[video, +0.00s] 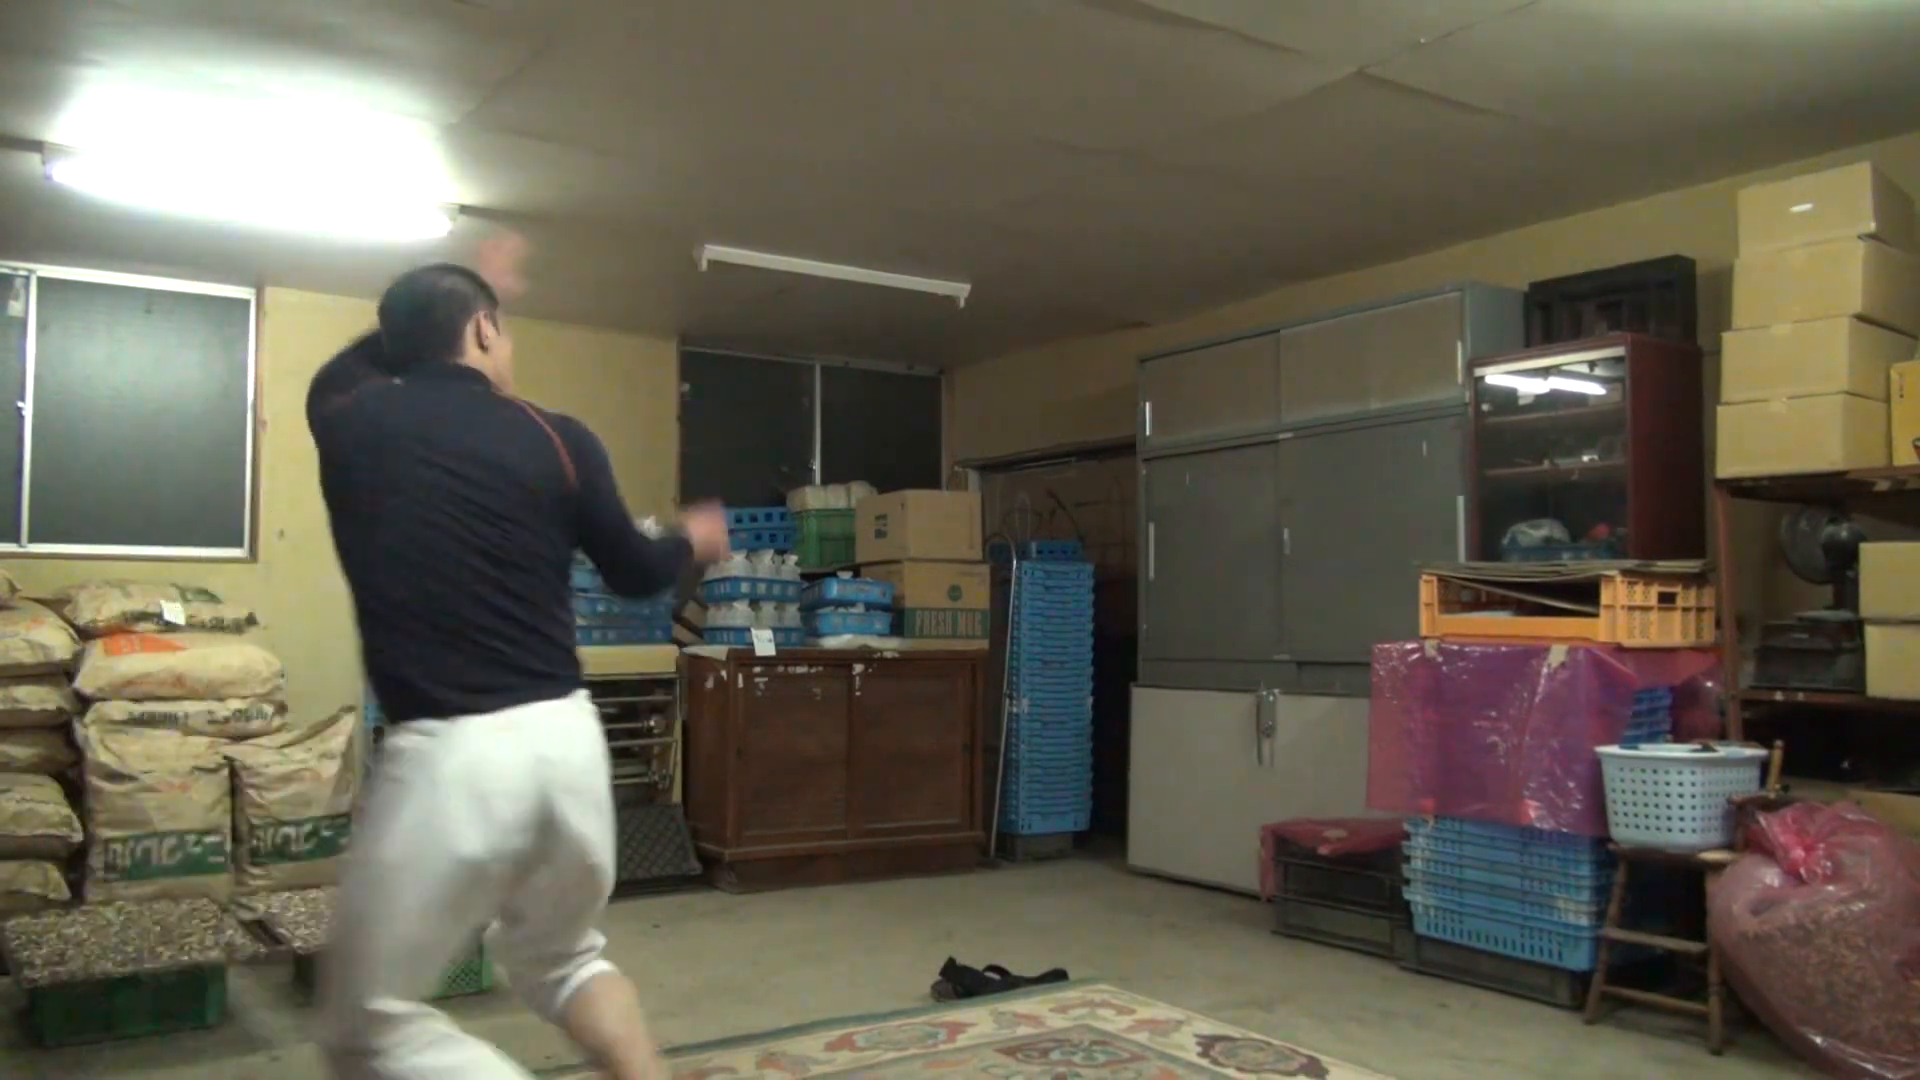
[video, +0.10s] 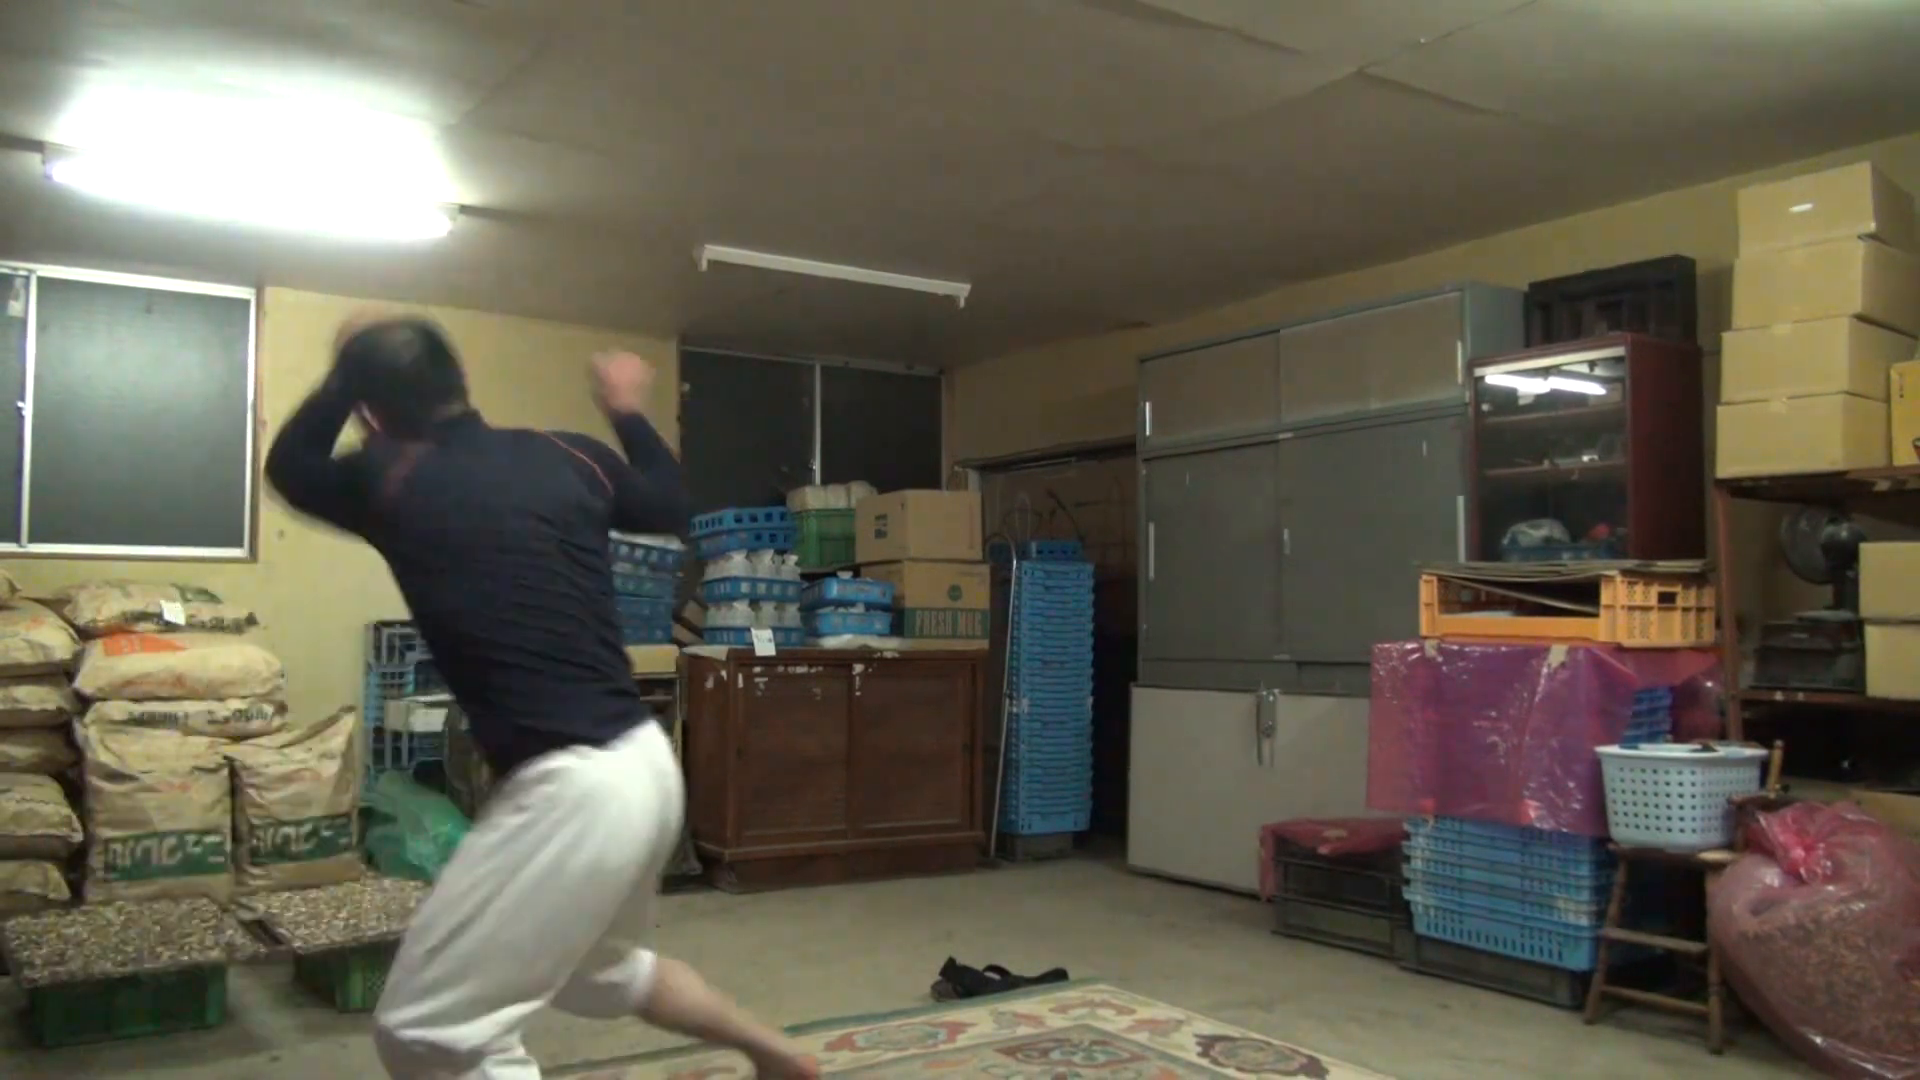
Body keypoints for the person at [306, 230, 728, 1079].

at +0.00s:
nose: (505, 346)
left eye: (498, 328)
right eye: (499, 328)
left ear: (398, 343)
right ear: (478, 334)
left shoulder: (349, 422)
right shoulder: (557, 441)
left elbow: (365, 357)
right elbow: (634, 569)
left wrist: (459, 288)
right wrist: (691, 541)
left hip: (444, 756)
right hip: (566, 738)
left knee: (369, 1020)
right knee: (563, 954)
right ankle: (647, 1069)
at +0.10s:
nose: (367, 426)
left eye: (364, 412)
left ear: (375, 417)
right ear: (462, 387)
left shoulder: (394, 480)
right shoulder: (567, 456)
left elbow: (290, 470)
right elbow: (668, 509)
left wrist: (344, 377)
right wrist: (630, 410)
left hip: (567, 787)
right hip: (645, 760)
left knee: (424, 1029)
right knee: (588, 967)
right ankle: (780, 1056)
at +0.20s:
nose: (384, 560)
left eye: (378, 544)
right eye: (373, 551)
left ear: (408, 508)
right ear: (430, 481)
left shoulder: (450, 553)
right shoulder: (561, 484)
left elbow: (315, 627)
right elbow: (621, 462)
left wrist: (289, 563)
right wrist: (512, 413)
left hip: (647, 806)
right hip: (690, 792)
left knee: (487, 1003)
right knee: (642, 982)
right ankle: (764, 1046)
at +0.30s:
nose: (415, 642)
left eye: (406, 626)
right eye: (399, 631)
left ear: (450, 583)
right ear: (457, 565)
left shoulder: (514, 621)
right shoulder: (544, 531)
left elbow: (388, 715)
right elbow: (542, 502)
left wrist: (313, 663)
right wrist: (449, 495)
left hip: (706, 812)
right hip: (702, 804)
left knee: (548, 970)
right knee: (648, 1016)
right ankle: (775, 1045)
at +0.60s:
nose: (423, 552)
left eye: (415, 535)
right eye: (411, 539)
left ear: (449, 502)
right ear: (475, 474)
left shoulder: (531, 530)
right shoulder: (586, 482)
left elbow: (420, 660)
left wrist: (336, 608)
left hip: (672, 775)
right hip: (700, 762)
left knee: (527, 981)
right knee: (623, 943)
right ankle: (754, 1040)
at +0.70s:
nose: (401, 475)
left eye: (392, 458)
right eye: (389, 461)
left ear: (425, 430)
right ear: (477, 399)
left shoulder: (480, 484)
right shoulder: (587, 433)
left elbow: (398, 627)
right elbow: (665, 473)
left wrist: (341, 569)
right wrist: (556, 419)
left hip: (636, 743)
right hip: (691, 727)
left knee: (513, 992)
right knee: (619, 922)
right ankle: (715, 1063)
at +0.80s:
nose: (400, 406)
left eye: (395, 389)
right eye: (393, 390)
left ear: (416, 379)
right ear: (496, 350)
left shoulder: (445, 454)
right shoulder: (606, 408)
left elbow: (395, 612)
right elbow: (700, 479)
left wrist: (352, 574)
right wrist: (623, 393)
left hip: (585, 729)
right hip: (675, 710)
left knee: (501, 1002)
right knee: (604, 931)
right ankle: (616, 1068)